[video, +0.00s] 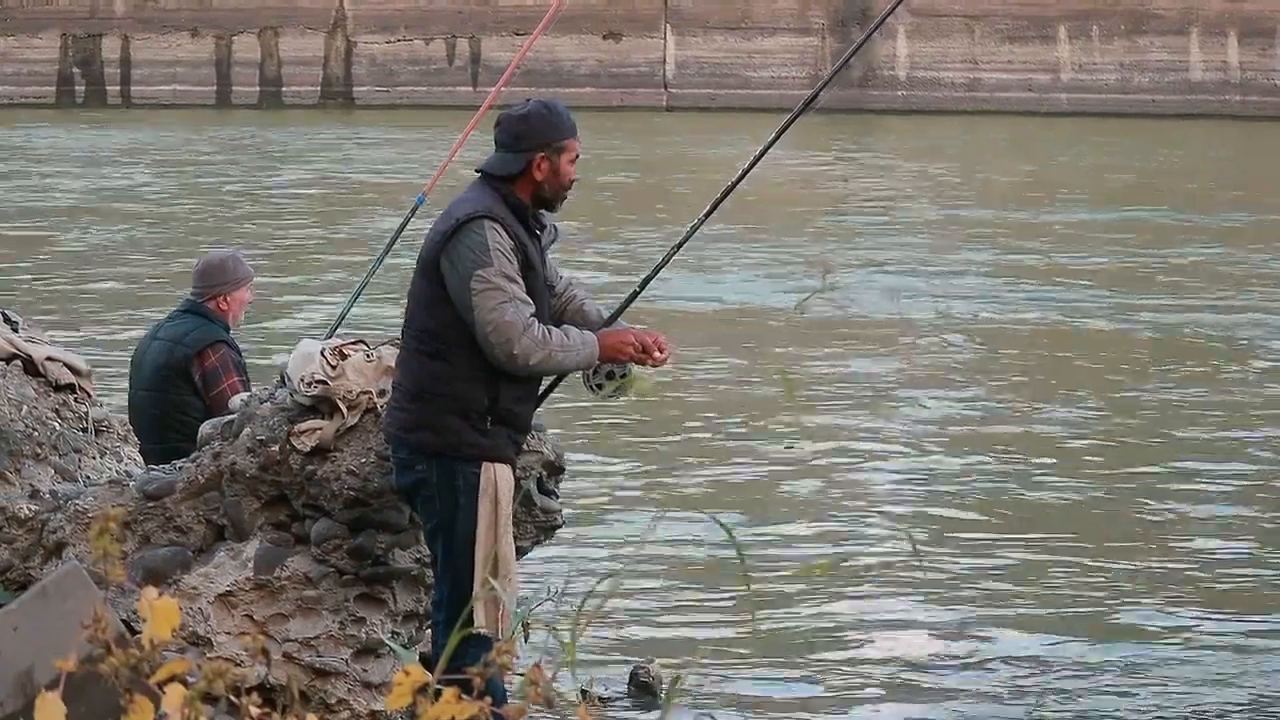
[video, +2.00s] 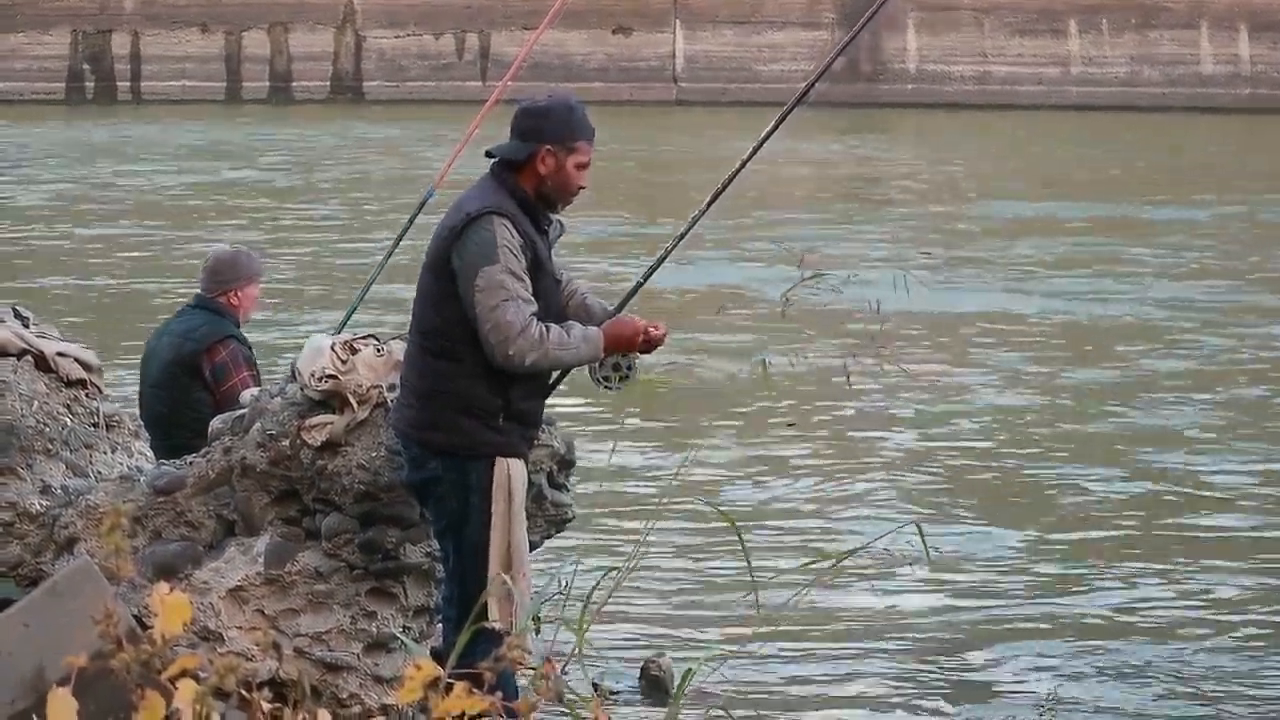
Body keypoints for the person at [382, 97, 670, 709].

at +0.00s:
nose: (576, 172)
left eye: (576, 159)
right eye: (571, 160)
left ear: (532, 162)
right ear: (538, 164)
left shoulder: (515, 225)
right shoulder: (479, 232)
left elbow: (558, 299)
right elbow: (514, 342)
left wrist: (614, 335)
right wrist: (601, 345)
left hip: (477, 443)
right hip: (449, 446)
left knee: (476, 601)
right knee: (468, 606)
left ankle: (466, 709)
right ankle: (469, 712)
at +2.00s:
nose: (586, 179)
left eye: (588, 166)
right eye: (582, 165)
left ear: (547, 159)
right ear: (545, 160)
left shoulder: (522, 220)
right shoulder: (490, 227)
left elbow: (559, 299)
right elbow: (513, 342)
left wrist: (616, 329)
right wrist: (602, 340)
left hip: (483, 442)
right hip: (457, 446)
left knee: (484, 595)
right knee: (477, 601)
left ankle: (481, 707)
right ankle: (476, 710)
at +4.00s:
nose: (600, 181)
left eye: (603, 168)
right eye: (594, 168)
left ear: (560, 161)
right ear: (558, 161)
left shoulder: (530, 217)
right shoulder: (504, 224)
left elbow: (563, 296)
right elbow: (523, 340)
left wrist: (619, 322)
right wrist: (611, 342)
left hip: (489, 438)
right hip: (465, 442)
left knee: (495, 593)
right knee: (483, 599)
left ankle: (491, 707)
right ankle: (482, 710)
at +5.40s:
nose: (598, 180)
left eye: (601, 167)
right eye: (593, 167)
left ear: (559, 159)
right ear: (555, 159)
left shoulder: (532, 216)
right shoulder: (504, 223)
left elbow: (561, 296)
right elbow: (522, 340)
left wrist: (618, 321)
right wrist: (609, 354)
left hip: (492, 433)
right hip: (468, 438)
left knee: (494, 592)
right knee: (489, 596)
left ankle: (487, 709)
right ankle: (488, 711)